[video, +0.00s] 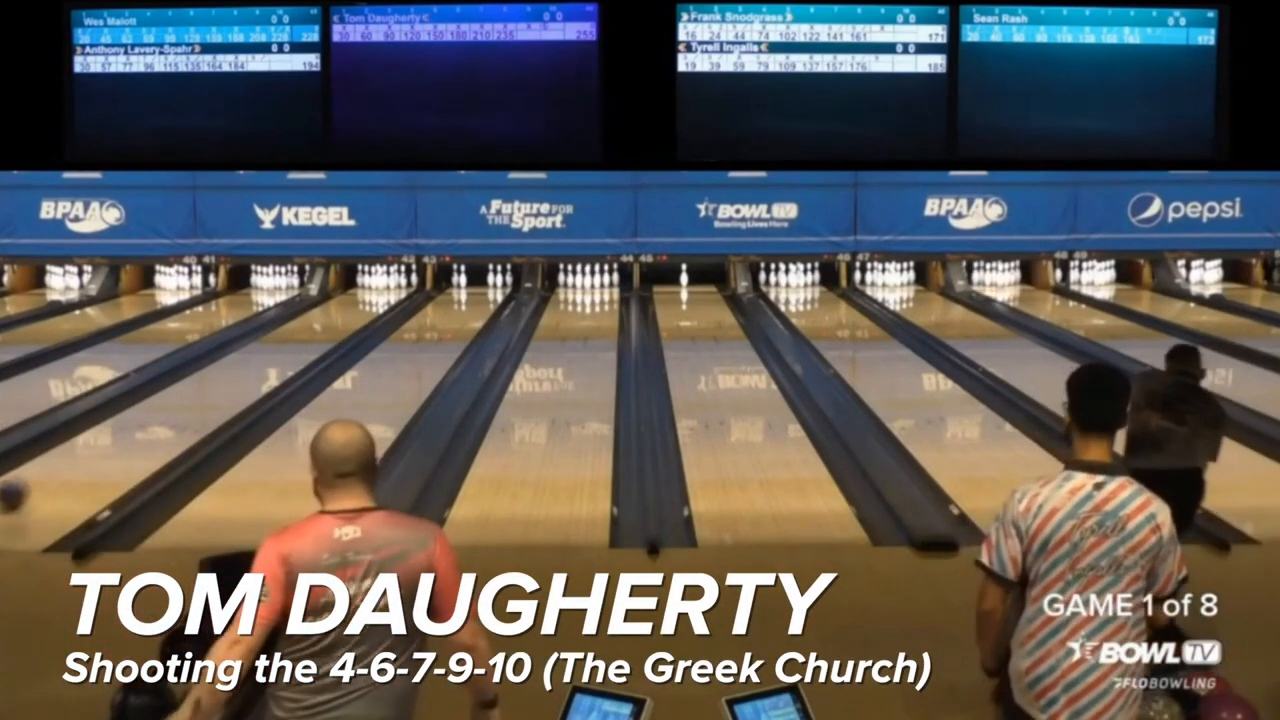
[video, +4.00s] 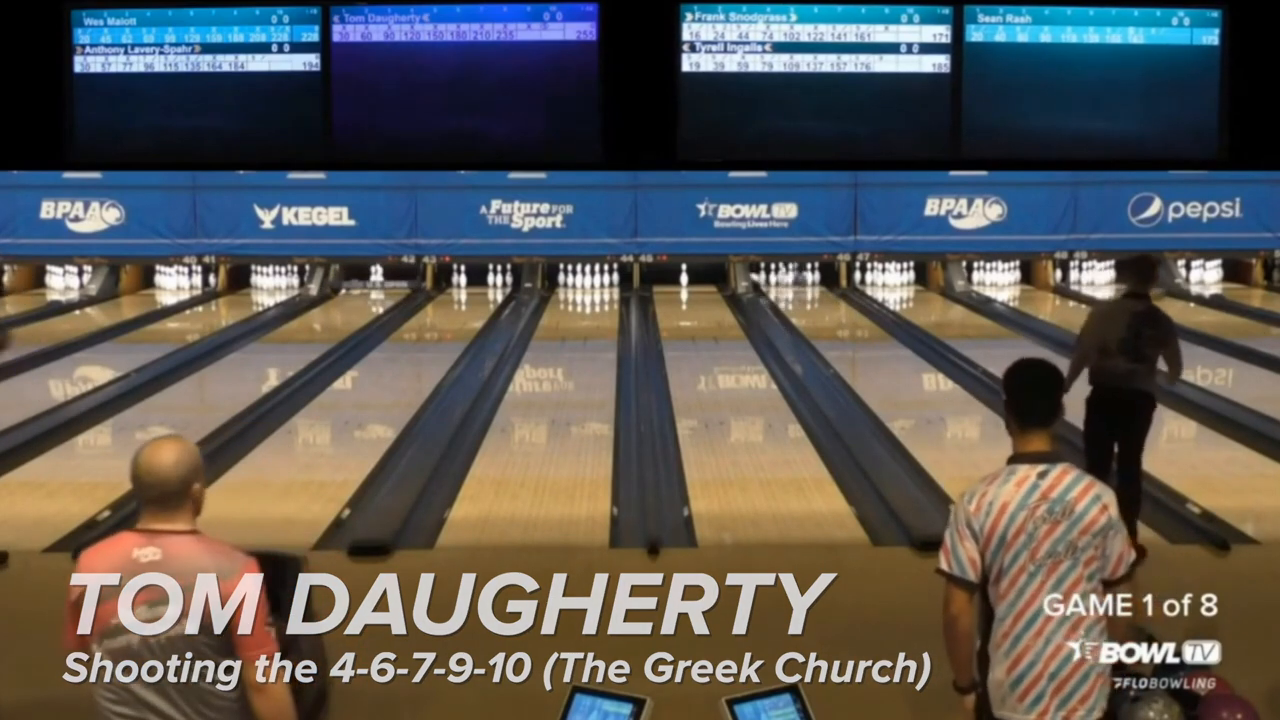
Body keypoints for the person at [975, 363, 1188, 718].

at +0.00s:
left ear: (1068, 416)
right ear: (1124, 419)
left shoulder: (1030, 503)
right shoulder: (1154, 512)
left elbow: (991, 605)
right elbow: (1162, 610)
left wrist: (993, 667)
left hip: (1036, 686)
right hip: (1115, 692)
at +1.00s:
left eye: (1060, 405)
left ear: (1061, 412)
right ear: (1118, 418)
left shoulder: (1023, 493)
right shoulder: (1152, 504)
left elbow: (986, 595)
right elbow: (1161, 606)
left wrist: (988, 660)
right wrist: (1141, 670)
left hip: (1032, 686)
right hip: (1110, 693)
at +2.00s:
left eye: (1057, 405)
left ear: (1059, 412)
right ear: (1116, 420)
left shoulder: (1020, 499)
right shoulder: (1143, 512)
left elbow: (983, 602)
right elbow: (1149, 614)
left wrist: (984, 666)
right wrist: (1141, 674)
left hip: (1026, 687)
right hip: (1104, 695)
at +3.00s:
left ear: (1069, 416)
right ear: (1125, 423)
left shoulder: (1029, 497)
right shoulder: (1151, 514)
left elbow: (992, 601)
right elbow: (1153, 616)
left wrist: (988, 669)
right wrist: (1137, 675)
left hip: (1032, 687)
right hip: (1108, 694)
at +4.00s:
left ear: (1007, 413)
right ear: (1060, 411)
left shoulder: (980, 501)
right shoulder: (1099, 498)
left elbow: (958, 607)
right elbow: (1119, 589)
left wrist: (966, 687)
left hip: (1016, 684)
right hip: (1086, 683)